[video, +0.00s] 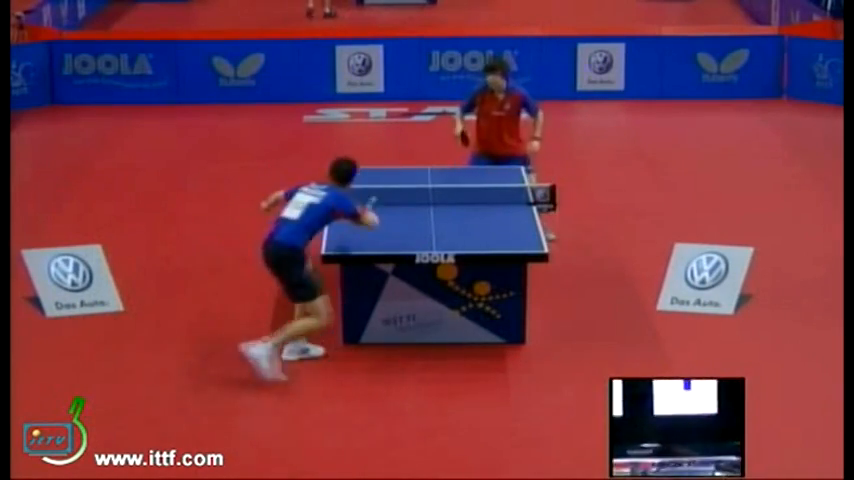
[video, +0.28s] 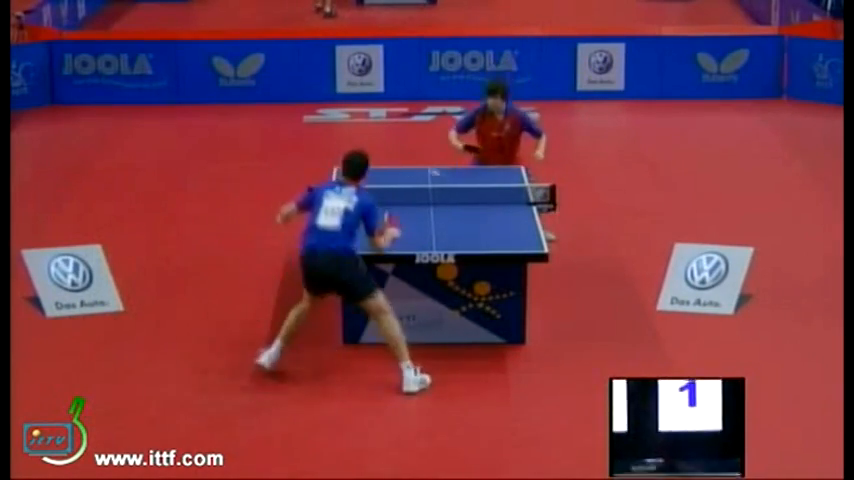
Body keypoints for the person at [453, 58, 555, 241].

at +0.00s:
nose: (492, 81)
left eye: (496, 77)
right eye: (489, 77)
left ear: (504, 77)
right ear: (486, 78)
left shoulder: (517, 95)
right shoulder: (481, 94)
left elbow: (538, 113)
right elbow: (462, 111)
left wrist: (536, 139)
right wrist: (460, 129)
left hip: (514, 155)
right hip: (485, 153)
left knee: (528, 192)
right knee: (470, 188)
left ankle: (537, 229)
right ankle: (469, 231)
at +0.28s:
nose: (494, 103)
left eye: (498, 99)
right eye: (491, 98)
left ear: (504, 100)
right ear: (487, 99)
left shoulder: (516, 116)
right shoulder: (480, 114)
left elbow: (541, 135)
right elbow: (454, 131)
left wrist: (540, 150)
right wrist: (457, 144)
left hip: (509, 167)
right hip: (483, 167)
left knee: (526, 199)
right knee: (476, 202)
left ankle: (537, 231)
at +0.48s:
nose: (499, 114)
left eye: (503, 110)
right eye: (496, 109)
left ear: (509, 110)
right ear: (490, 107)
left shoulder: (516, 122)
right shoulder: (480, 120)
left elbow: (537, 143)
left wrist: (536, 150)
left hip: (502, 169)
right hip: (478, 169)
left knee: (518, 201)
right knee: (474, 205)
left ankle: (535, 231)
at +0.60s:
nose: (499, 109)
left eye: (502, 105)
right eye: (496, 104)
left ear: (508, 107)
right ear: (490, 105)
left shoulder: (515, 120)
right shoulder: (484, 115)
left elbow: (527, 135)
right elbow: (471, 126)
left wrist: (534, 141)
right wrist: (484, 131)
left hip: (498, 160)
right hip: (476, 159)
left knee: (513, 193)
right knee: (473, 195)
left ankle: (535, 230)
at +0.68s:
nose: (500, 104)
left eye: (503, 100)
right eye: (497, 99)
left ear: (509, 101)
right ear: (492, 100)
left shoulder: (517, 116)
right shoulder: (487, 113)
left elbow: (530, 132)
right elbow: (477, 121)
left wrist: (538, 138)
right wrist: (469, 121)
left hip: (502, 160)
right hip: (478, 159)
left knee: (527, 187)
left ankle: (537, 226)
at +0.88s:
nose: (505, 83)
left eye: (508, 79)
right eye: (502, 79)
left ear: (515, 80)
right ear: (497, 80)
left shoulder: (525, 99)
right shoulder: (490, 95)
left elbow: (549, 118)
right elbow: (468, 105)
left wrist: (547, 127)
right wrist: (452, 113)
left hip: (516, 153)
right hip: (488, 152)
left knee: (532, 185)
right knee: (474, 188)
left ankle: (537, 226)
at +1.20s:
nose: (479, 86)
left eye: (483, 81)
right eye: (477, 81)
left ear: (491, 82)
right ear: (473, 82)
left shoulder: (504, 99)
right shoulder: (473, 99)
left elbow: (532, 115)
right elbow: (454, 115)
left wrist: (533, 139)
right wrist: (432, 127)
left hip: (510, 154)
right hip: (483, 153)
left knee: (528, 188)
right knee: (463, 183)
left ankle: (554, 218)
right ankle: (460, 220)